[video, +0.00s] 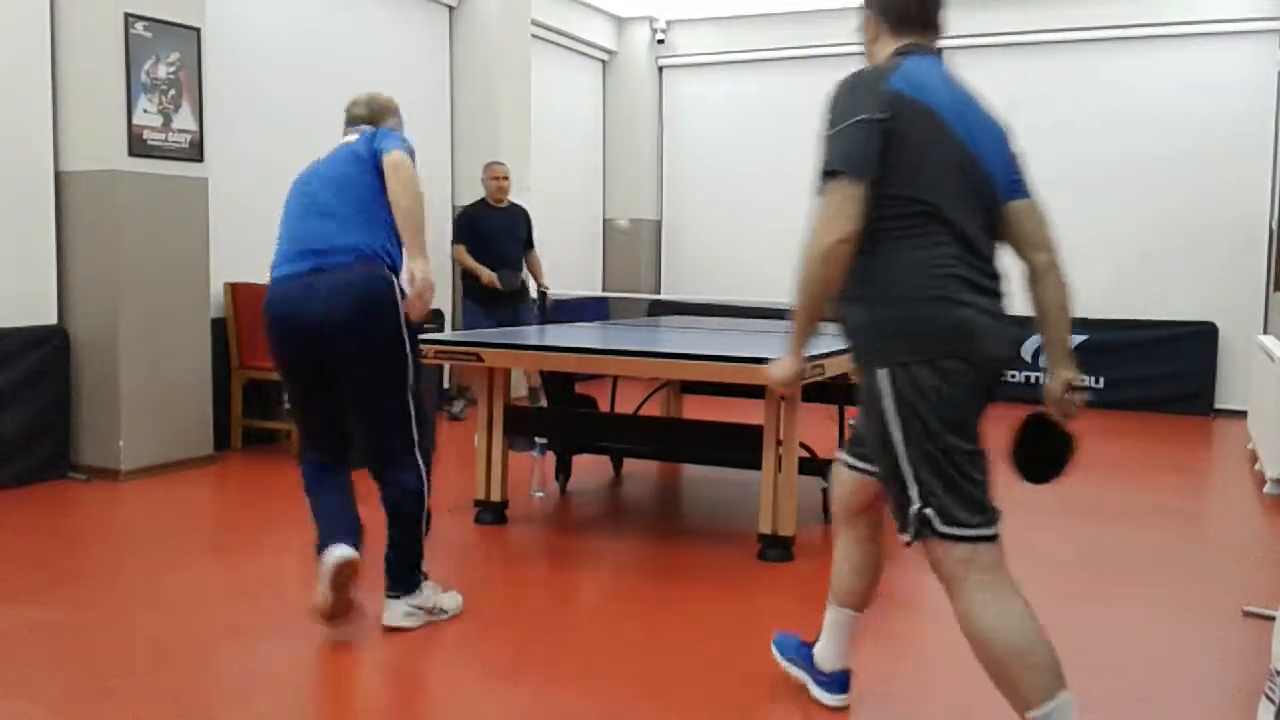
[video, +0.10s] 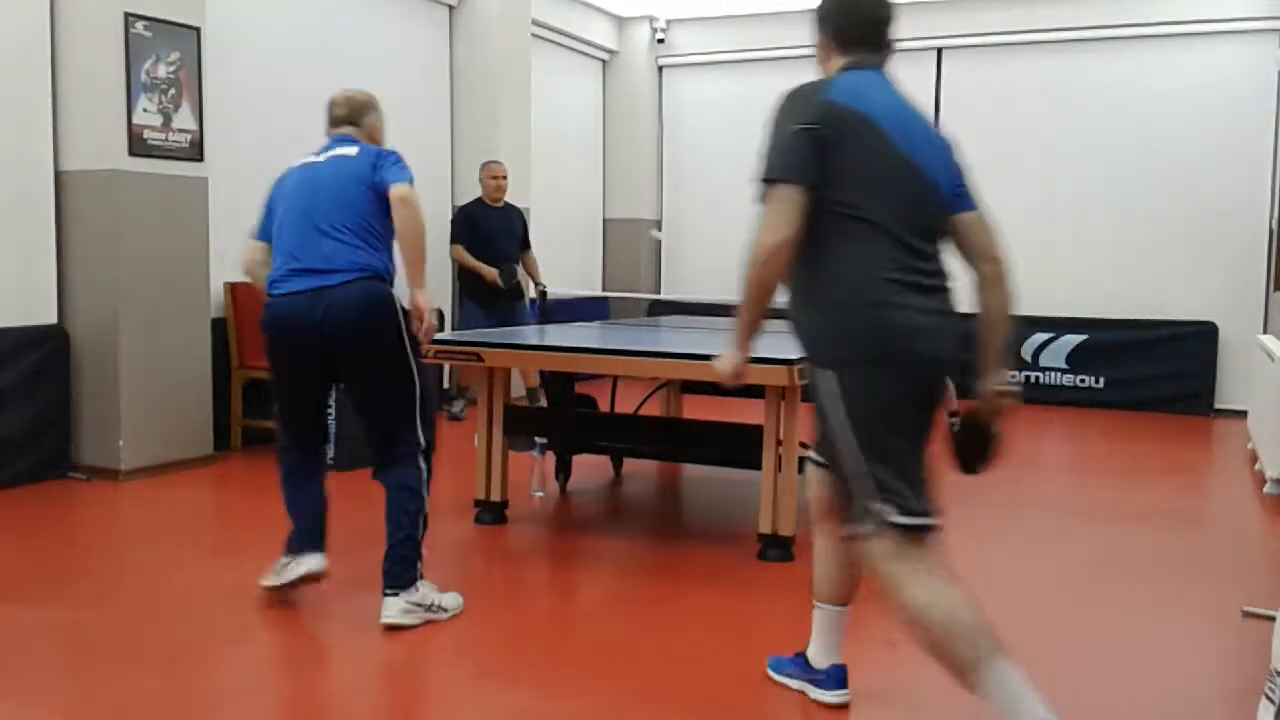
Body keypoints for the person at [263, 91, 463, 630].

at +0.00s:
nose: (403, 135)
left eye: (401, 127)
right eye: (401, 128)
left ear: (347, 129)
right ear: (391, 124)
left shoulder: (313, 171)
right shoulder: (389, 138)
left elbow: (310, 245)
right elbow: (398, 172)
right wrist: (419, 259)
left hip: (289, 297)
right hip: (359, 290)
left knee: (321, 445)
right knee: (396, 443)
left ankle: (337, 545)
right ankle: (406, 590)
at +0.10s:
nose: (383, 136)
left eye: (380, 129)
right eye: (381, 129)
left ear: (330, 129)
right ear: (372, 128)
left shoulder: (287, 179)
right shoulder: (381, 158)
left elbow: (255, 262)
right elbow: (403, 200)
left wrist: (298, 296)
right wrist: (418, 291)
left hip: (289, 314)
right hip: (364, 305)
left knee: (301, 439)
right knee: (401, 445)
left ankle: (305, 548)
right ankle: (402, 587)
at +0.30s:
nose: (315, 122)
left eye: (312, 115)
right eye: (313, 115)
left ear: (263, 119)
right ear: (304, 117)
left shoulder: (224, 169)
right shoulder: (328, 159)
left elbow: (193, 250)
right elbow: (370, 210)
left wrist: (231, 287)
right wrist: (376, 288)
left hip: (255, 309)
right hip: (326, 302)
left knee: (263, 427)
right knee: (360, 421)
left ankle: (278, 540)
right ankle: (393, 531)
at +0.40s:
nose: (291, 122)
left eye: (289, 115)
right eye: (290, 115)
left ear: (240, 117)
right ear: (280, 116)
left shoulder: (207, 165)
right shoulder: (303, 158)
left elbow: (186, 244)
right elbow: (341, 215)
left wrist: (228, 268)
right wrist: (347, 291)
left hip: (229, 304)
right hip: (296, 298)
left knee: (245, 422)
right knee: (335, 408)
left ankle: (278, 539)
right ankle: (357, 520)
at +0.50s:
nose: (282, 119)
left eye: (281, 112)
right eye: (280, 112)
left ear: (235, 108)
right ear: (269, 110)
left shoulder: (194, 151)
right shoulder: (281, 151)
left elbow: (175, 220)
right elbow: (305, 209)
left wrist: (213, 248)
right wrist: (319, 279)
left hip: (203, 288)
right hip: (264, 284)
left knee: (232, 402)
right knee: (297, 395)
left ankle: (271, 517)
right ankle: (302, 504)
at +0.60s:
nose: (269, 122)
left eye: (269, 114)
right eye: (267, 114)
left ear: (222, 109)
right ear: (255, 112)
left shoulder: (181, 149)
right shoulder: (259, 152)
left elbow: (162, 220)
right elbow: (281, 212)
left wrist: (219, 231)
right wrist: (309, 273)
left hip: (179, 285)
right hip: (236, 286)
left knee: (209, 388)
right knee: (251, 385)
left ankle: (233, 476)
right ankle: (251, 492)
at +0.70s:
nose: (253, 131)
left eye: (252, 122)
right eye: (248, 122)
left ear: (207, 123)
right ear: (229, 124)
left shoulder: (163, 163)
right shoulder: (235, 172)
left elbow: (142, 230)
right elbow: (274, 242)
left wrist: (207, 243)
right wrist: (307, 289)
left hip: (153, 292)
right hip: (208, 294)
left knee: (180, 389)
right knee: (243, 393)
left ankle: (169, 471)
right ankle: (245, 498)